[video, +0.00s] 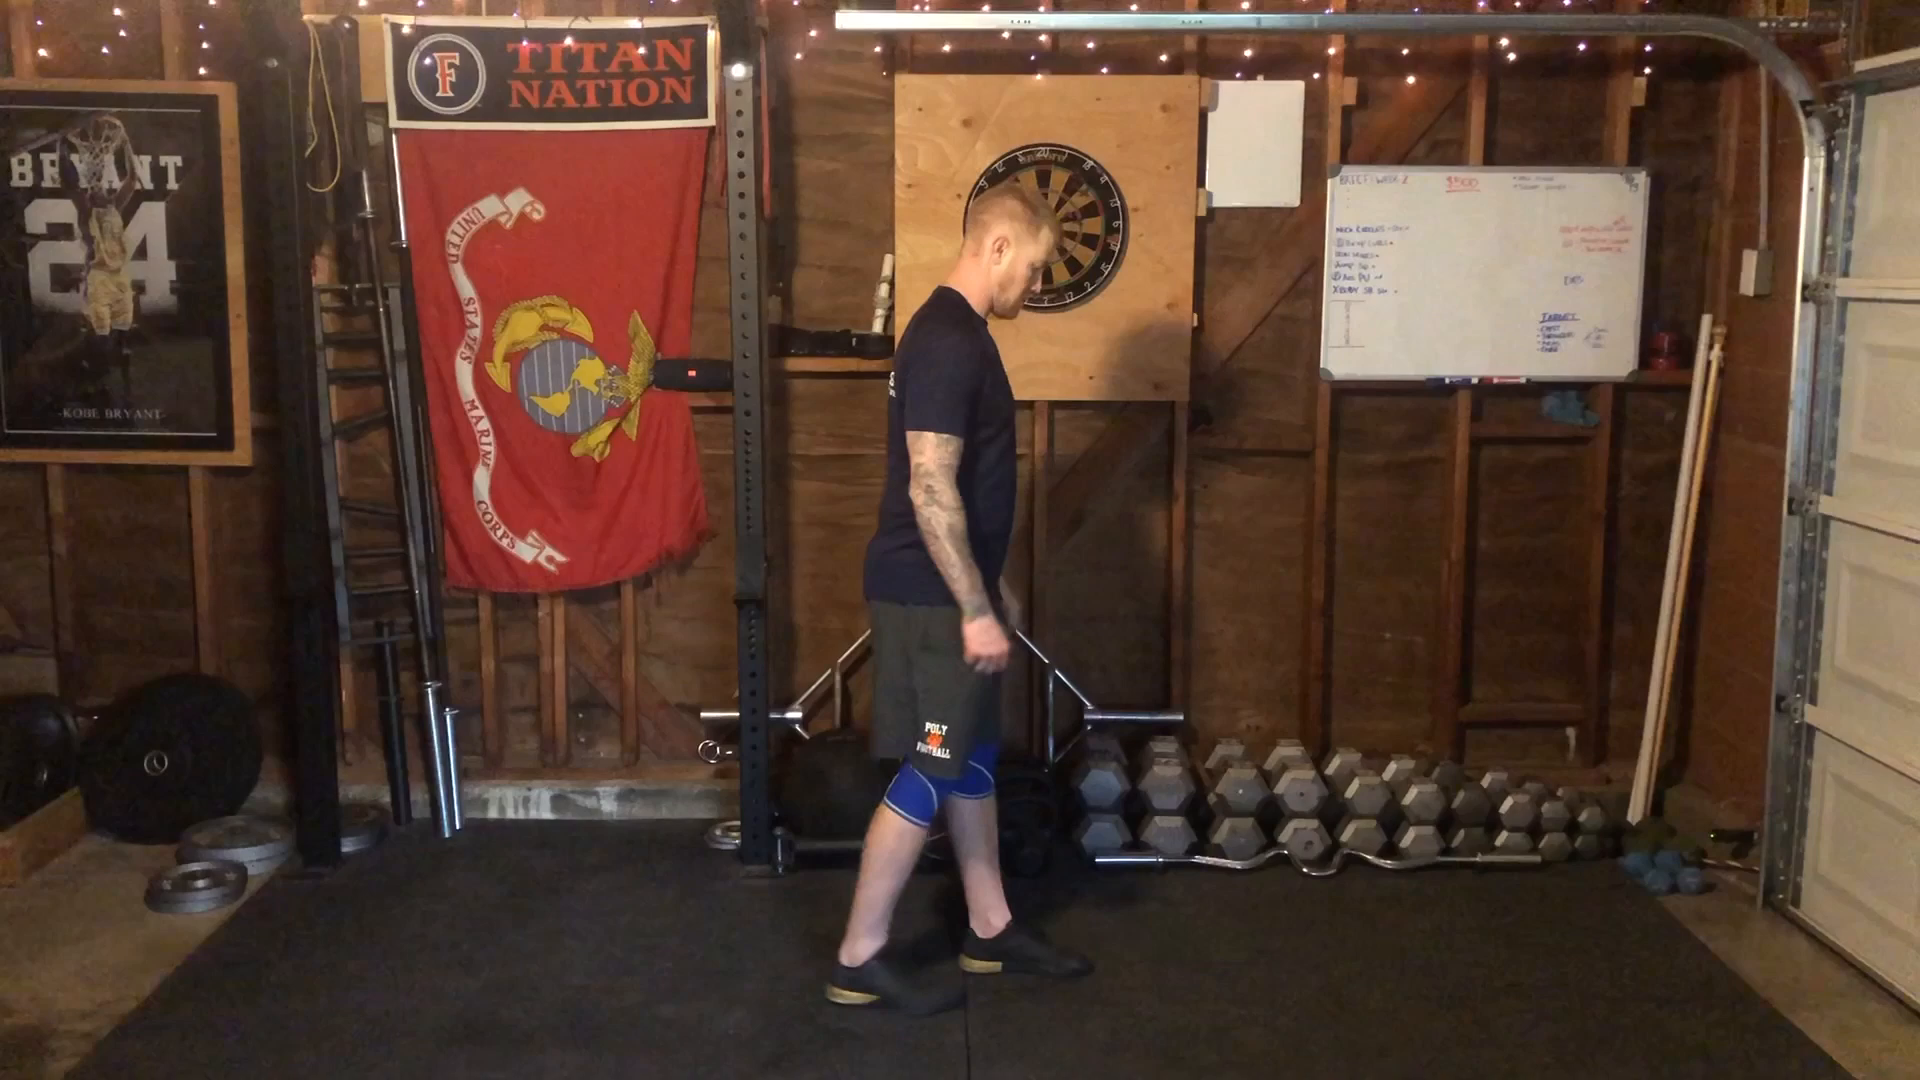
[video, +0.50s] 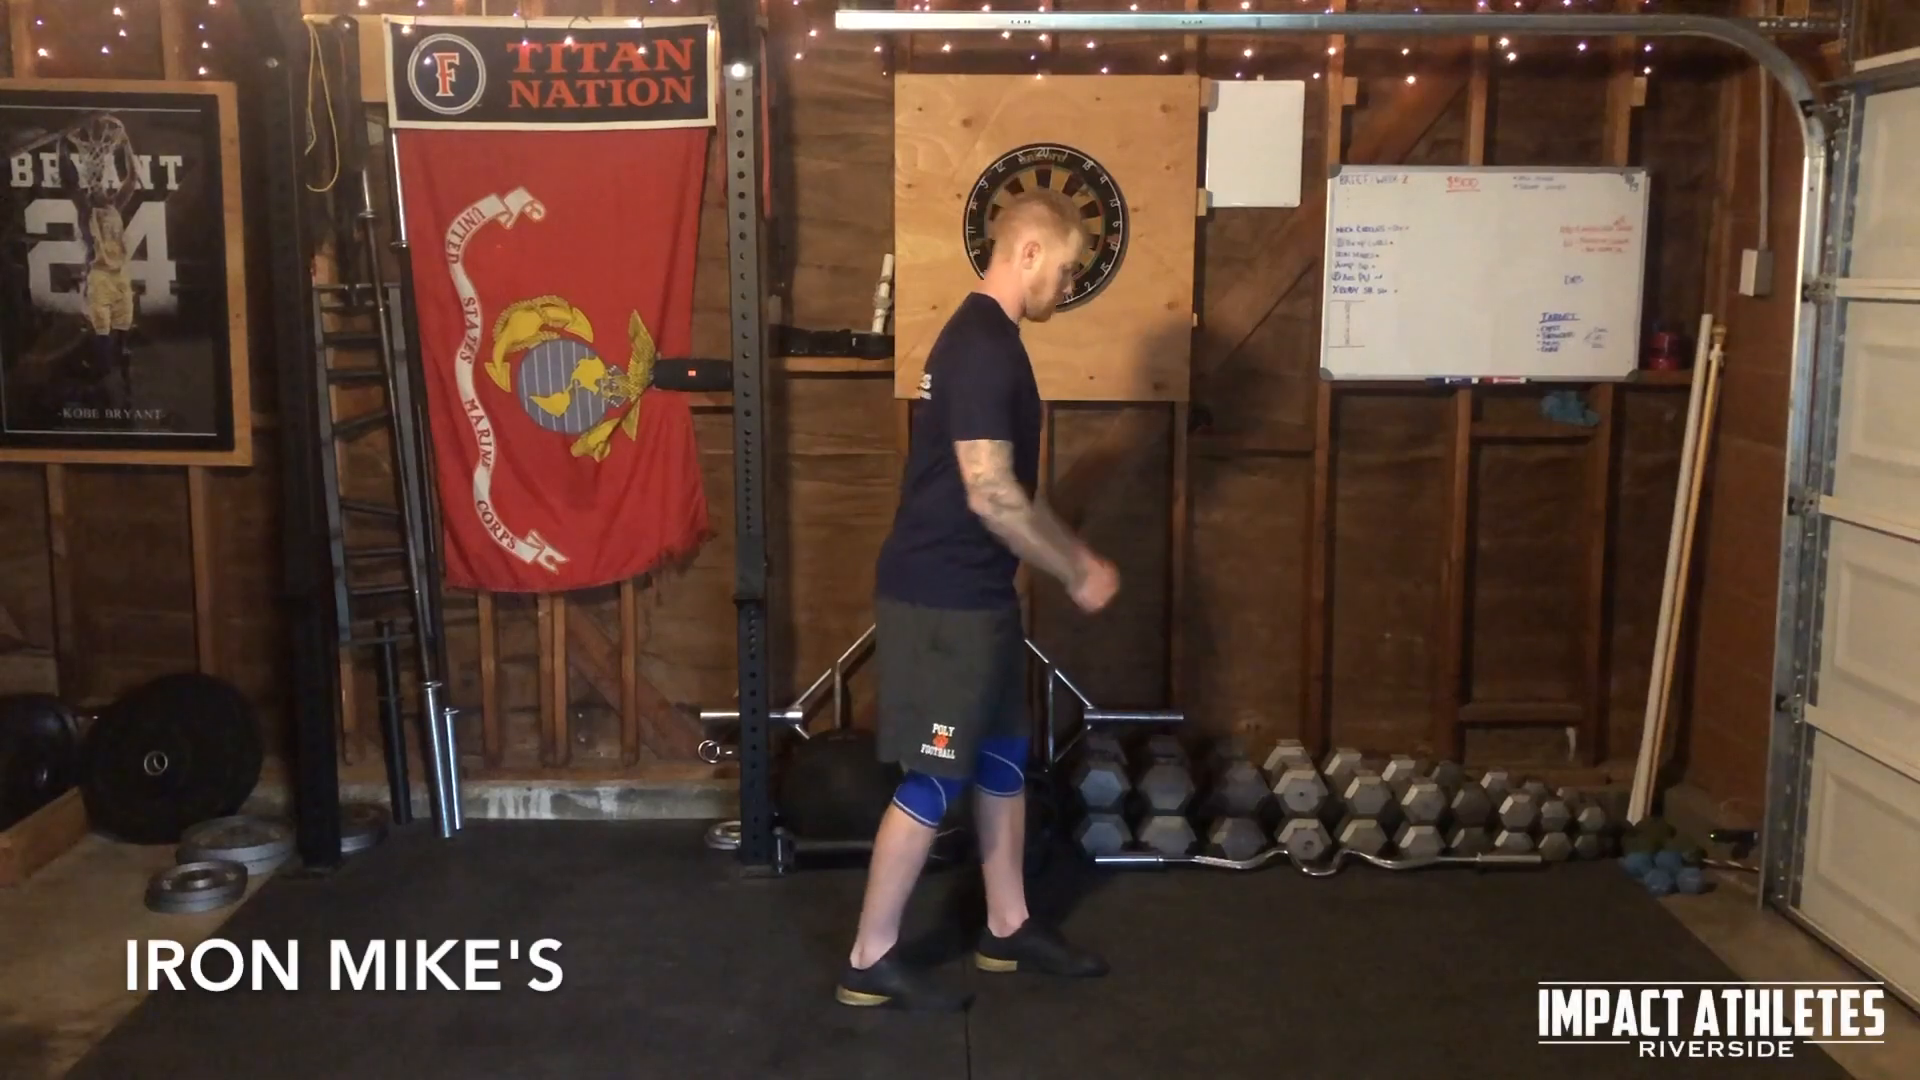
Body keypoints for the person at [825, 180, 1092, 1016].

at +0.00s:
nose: (1034, 288)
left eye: (1039, 273)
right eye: (1033, 269)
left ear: (988, 246)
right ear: (996, 247)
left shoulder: (956, 330)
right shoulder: (947, 337)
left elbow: (952, 481)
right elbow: (929, 484)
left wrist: (986, 594)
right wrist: (974, 609)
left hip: (953, 583)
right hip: (926, 588)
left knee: (972, 762)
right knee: (927, 770)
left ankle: (991, 930)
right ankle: (859, 956)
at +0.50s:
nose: (1065, 290)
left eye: (1071, 275)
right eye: (1065, 271)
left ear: (1019, 254)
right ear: (1028, 253)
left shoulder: (996, 339)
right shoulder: (981, 341)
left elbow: (1007, 484)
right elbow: (988, 489)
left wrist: (1073, 554)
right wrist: (1074, 566)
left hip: (986, 596)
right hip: (940, 597)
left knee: (1003, 760)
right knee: (931, 776)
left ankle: (1008, 930)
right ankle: (870, 956)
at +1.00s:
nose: (1086, 378)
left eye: (1091, 362)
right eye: (1087, 360)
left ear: (1034, 347)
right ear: (1052, 350)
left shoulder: (995, 415)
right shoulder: (1004, 430)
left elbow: (993, 544)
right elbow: (1011, 575)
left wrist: (1068, 548)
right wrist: (1091, 571)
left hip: (963, 647)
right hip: (902, 656)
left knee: (1059, 739)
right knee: (855, 831)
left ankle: (1010, 927)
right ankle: (644, 923)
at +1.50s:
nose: (1054, 480)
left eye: (1056, 466)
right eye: (1049, 464)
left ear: (1002, 458)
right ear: (1010, 460)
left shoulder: (979, 533)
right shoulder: (967, 545)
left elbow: (973, 648)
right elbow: (950, 692)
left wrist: (1037, 648)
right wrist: (1047, 666)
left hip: (939, 745)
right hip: (882, 771)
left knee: (1077, 756)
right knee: (851, 959)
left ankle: (1011, 932)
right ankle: (642, 928)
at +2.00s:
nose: (1072, 288)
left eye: (1078, 271)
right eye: (1070, 268)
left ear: (1018, 255)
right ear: (1025, 253)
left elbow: (962, 439)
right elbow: (927, 440)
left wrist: (1031, 442)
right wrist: (1027, 445)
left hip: (903, 564)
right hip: (910, 568)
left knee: (852, 741)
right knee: (1020, 737)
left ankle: (679, 839)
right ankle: (1029, 959)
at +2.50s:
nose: (1064, 485)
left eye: (1064, 469)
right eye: (1057, 469)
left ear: (1007, 467)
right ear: (1016, 466)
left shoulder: (973, 534)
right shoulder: (982, 539)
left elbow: (958, 658)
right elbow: (962, 672)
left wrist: (1031, 648)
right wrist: (1042, 650)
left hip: (873, 762)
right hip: (914, 763)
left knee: (846, 933)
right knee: (1107, 778)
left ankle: (647, 898)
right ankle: (1048, 976)